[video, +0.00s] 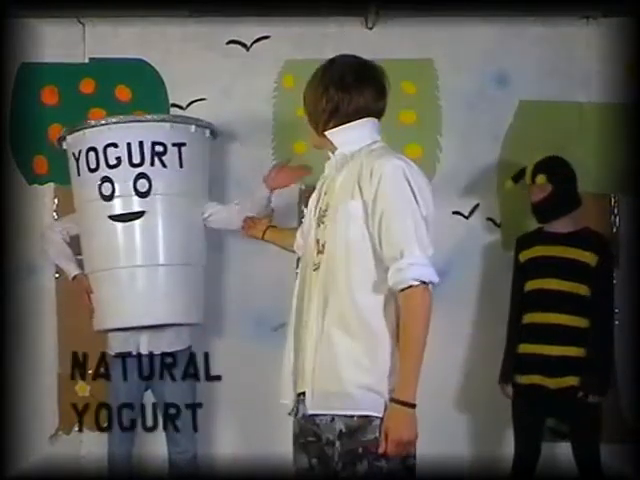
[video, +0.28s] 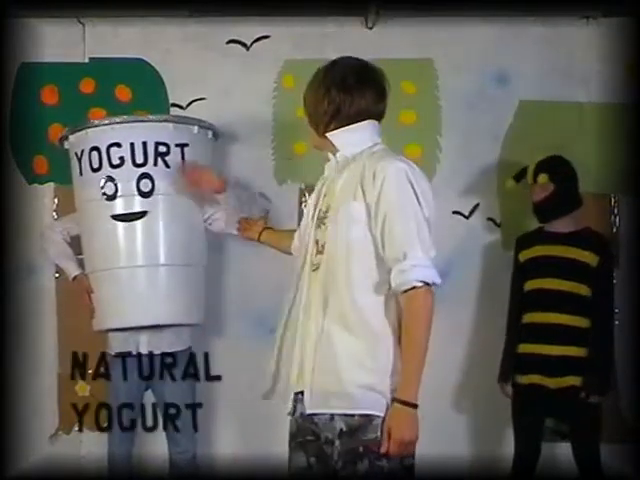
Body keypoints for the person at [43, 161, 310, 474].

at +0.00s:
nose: (140, 189)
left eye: (147, 182)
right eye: (134, 182)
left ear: (159, 184)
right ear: (123, 185)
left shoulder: (179, 209)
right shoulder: (107, 216)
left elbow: (238, 217)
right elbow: (55, 232)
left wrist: (268, 188)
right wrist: (76, 274)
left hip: (174, 338)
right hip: (124, 341)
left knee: (182, 434)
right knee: (122, 432)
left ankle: (185, 477)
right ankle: (119, 479)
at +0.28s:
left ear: (168, 188)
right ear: (125, 186)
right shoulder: (109, 215)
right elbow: (53, 230)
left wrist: (222, 188)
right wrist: (76, 274)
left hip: (174, 338)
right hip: (123, 341)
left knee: (183, 436)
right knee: (122, 430)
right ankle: (118, 479)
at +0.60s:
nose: (137, 187)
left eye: (144, 181)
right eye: (129, 182)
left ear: (159, 179)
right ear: (117, 182)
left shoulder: (178, 205)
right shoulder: (105, 213)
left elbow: (226, 215)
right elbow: (56, 231)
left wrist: (246, 178)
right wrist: (74, 275)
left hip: (174, 333)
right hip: (122, 338)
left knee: (182, 429)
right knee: (122, 429)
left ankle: (185, 476)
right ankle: (119, 479)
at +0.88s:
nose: (140, 188)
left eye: (148, 183)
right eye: (132, 182)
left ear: (162, 185)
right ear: (120, 183)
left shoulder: (179, 208)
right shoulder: (106, 214)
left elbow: (225, 219)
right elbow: (54, 229)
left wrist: (220, 180)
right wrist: (75, 274)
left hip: (175, 336)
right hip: (122, 340)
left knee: (182, 433)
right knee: (121, 432)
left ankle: (184, 475)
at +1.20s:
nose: (136, 193)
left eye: (145, 186)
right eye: (129, 186)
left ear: (159, 187)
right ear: (118, 187)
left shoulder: (178, 214)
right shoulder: (105, 216)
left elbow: (228, 221)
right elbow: (53, 229)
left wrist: (228, 180)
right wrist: (75, 274)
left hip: (172, 342)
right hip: (122, 344)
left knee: (181, 432)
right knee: (121, 432)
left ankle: (184, 477)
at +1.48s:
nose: (134, 188)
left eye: (142, 180)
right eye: (126, 180)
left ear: (159, 183)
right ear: (115, 183)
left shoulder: (176, 211)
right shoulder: (103, 212)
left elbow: (224, 217)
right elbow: (54, 229)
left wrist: (238, 176)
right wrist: (75, 272)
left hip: (170, 341)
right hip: (120, 342)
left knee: (180, 431)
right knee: (120, 432)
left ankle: (183, 478)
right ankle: (117, 479)